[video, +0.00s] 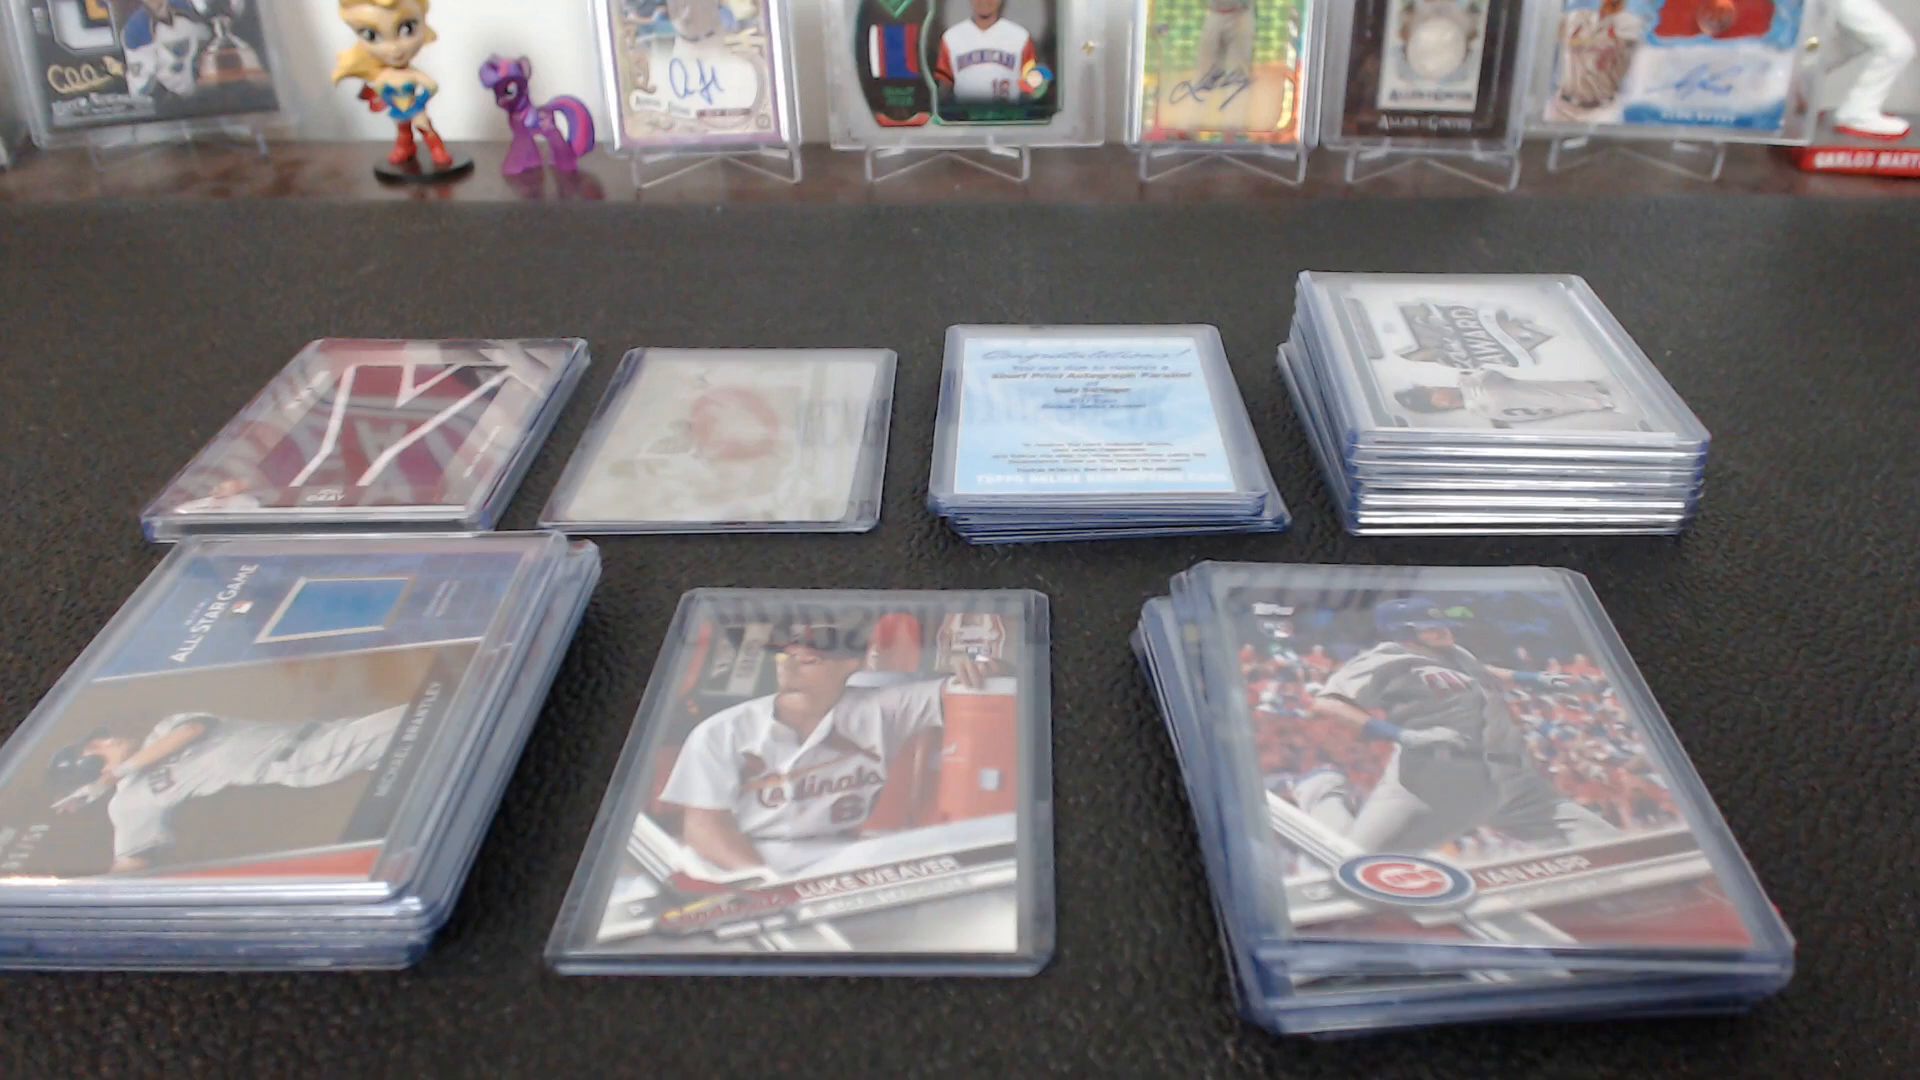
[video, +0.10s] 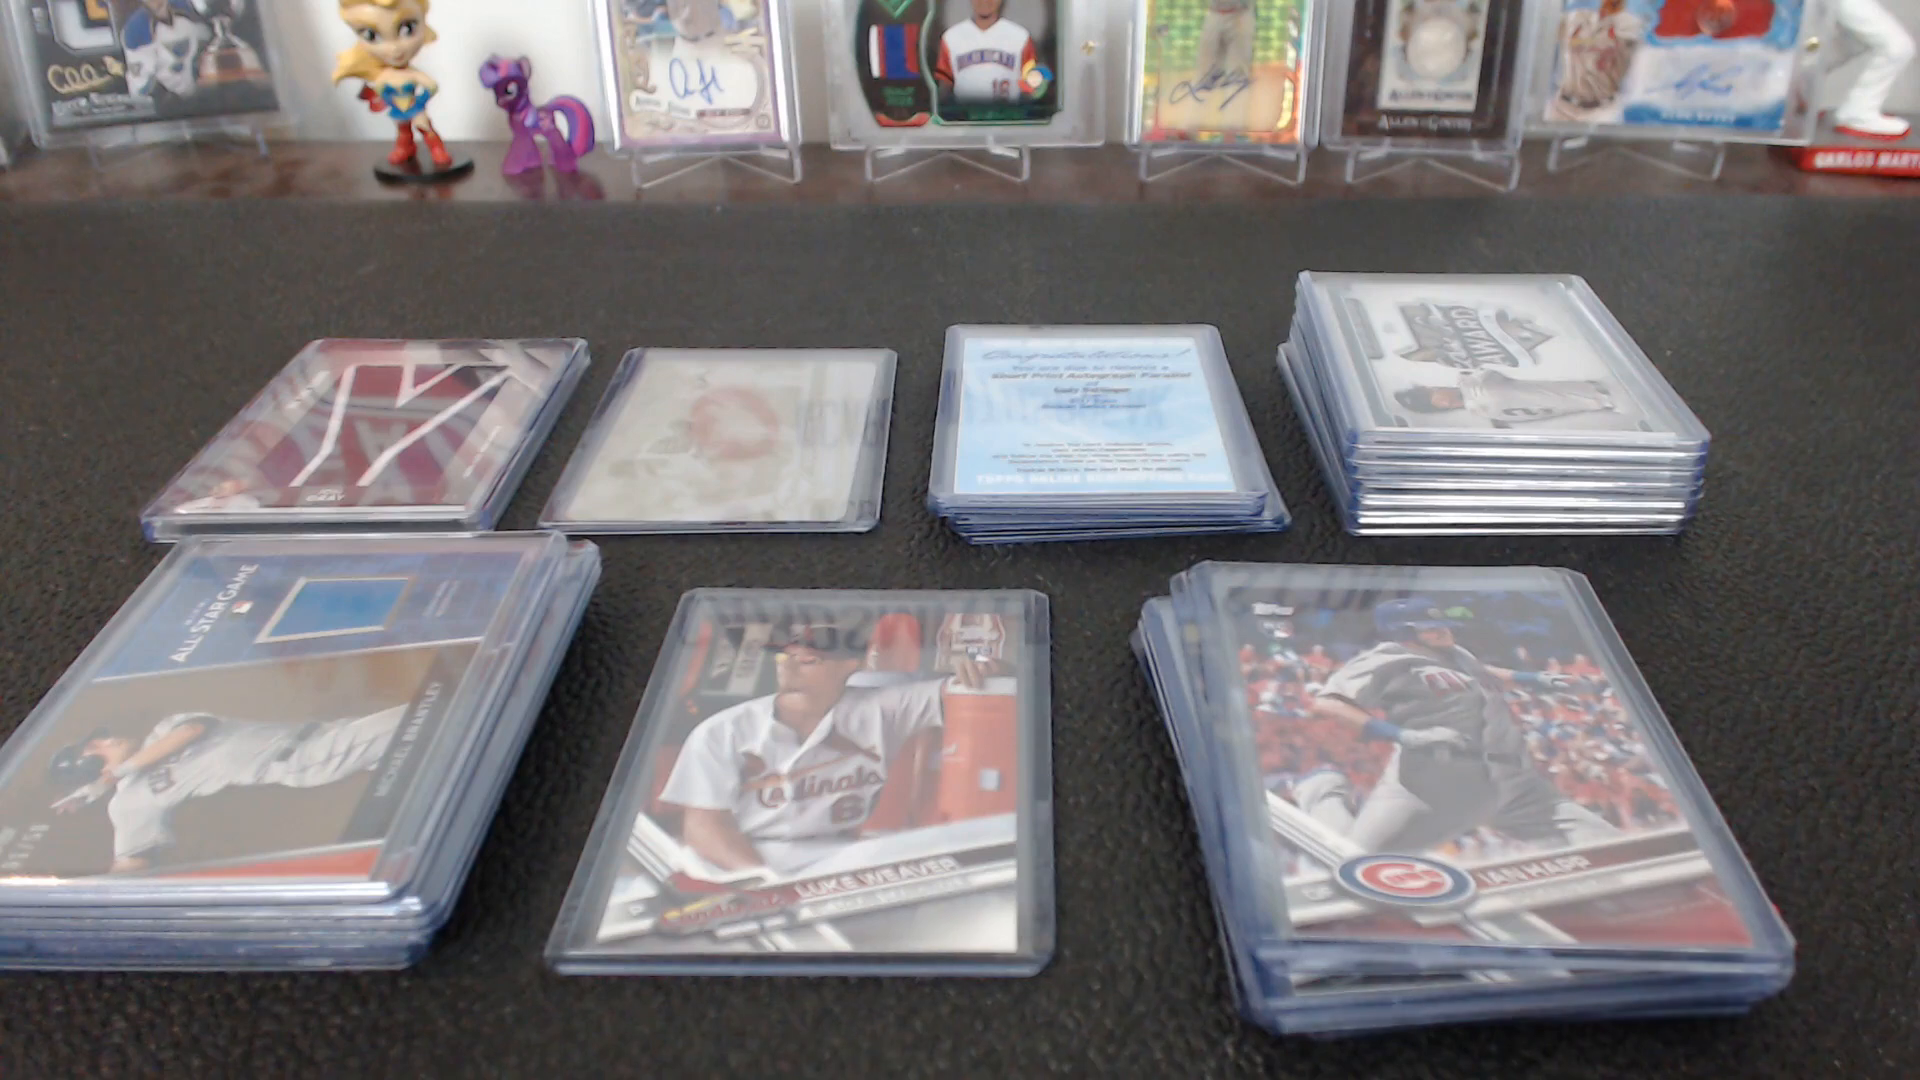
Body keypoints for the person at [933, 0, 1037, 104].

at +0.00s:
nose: (984, 2)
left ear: (1000, 2)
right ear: (971, 2)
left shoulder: (1020, 36)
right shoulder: (951, 37)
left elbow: (1030, 82)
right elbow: (944, 81)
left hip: (1009, 121)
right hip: (965, 120)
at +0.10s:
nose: (984, 2)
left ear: (1000, 2)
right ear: (971, 2)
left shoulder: (1020, 36)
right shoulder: (950, 37)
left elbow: (1030, 80)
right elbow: (944, 80)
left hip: (1009, 120)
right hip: (965, 120)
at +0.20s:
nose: (984, 2)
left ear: (1000, 2)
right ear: (971, 2)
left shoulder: (1020, 36)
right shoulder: (951, 37)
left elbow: (1030, 81)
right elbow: (944, 81)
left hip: (1009, 120)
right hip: (965, 120)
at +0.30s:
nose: (984, 2)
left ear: (1000, 2)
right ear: (971, 2)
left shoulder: (1020, 36)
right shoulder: (951, 37)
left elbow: (1030, 82)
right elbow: (944, 81)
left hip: (1009, 121)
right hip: (965, 120)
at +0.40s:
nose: (984, 2)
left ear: (1000, 2)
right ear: (971, 2)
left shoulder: (1020, 36)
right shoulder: (951, 37)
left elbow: (1030, 83)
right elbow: (944, 81)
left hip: (1008, 120)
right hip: (965, 120)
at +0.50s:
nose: (984, 2)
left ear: (1000, 2)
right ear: (971, 2)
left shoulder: (1020, 36)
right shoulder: (950, 37)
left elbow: (1030, 82)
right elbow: (944, 82)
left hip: (1009, 121)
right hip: (965, 121)